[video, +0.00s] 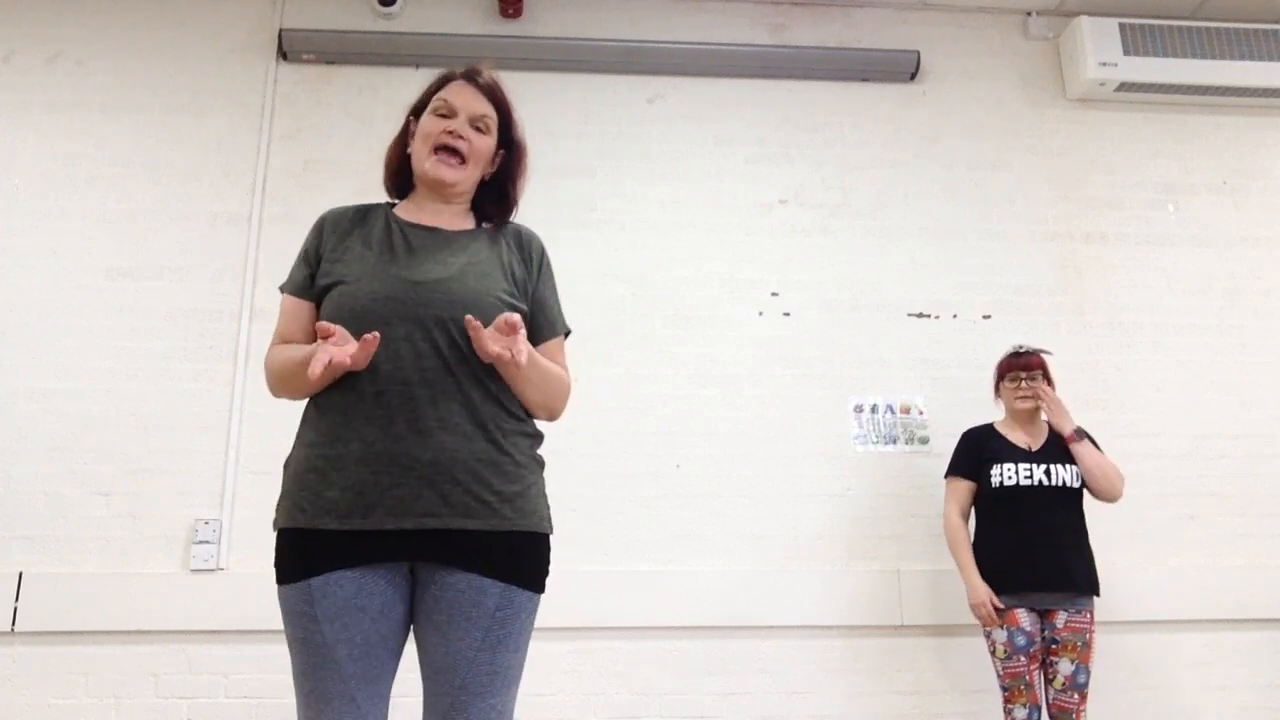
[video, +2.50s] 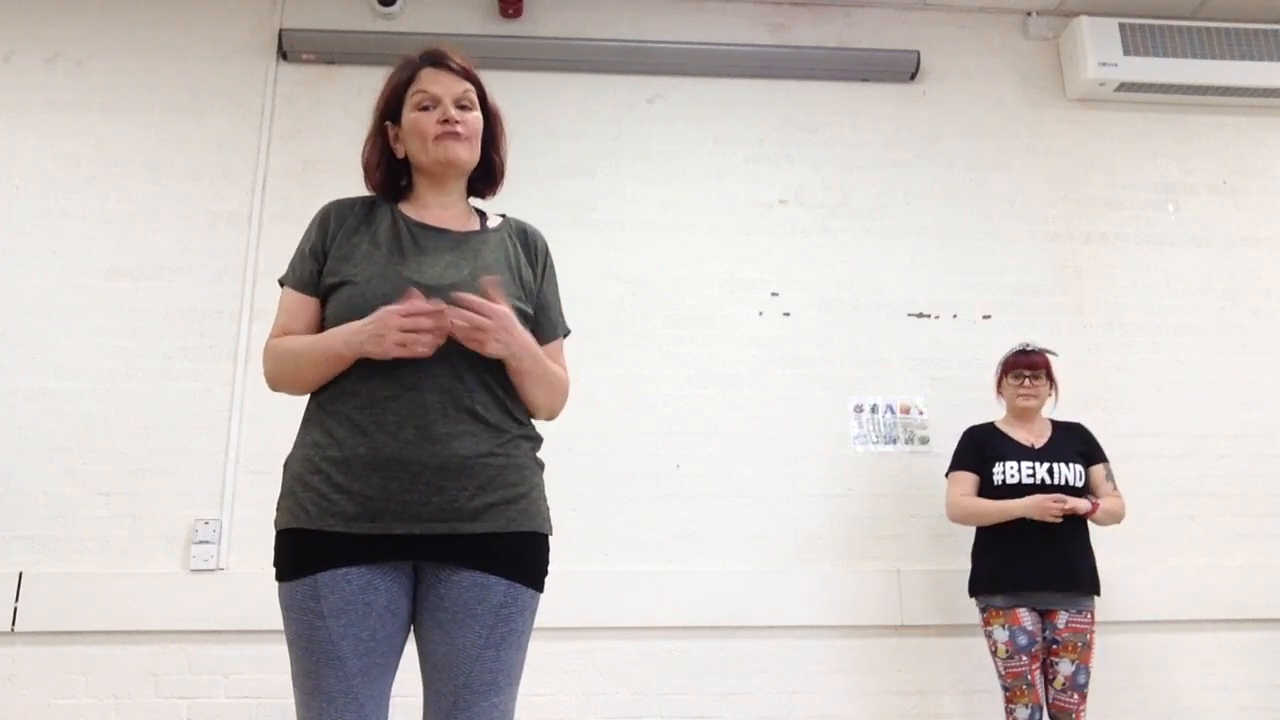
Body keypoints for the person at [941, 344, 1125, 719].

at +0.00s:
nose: (1023, 386)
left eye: (1034, 378)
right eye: (1013, 379)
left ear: (1049, 387)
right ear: (999, 389)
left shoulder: (1072, 439)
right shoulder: (978, 441)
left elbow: (1113, 489)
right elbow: (954, 517)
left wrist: (1069, 430)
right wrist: (973, 583)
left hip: (1072, 596)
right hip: (1006, 598)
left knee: (1069, 709)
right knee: (1022, 709)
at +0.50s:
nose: (1019, 384)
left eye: (1028, 376)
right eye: (1009, 378)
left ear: (1046, 387)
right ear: (997, 390)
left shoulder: (1074, 438)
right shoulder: (977, 441)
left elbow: (1113, 510)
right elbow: (953, 515)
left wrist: (1089, 456)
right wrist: (961, 583)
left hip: (1070, 596)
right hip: (1004, 598)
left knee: (1068, 709)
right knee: (1022, 709)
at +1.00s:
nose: (1018, 381)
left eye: (1027, 374)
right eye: (1008, 375)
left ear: (1045, 385)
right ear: (995, 387)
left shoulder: (1074, 436)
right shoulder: (975, 441)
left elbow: (1106, 511)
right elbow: (953, 516)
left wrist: (1116, 579)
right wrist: (969, 583)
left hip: (1075, 598)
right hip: (1007, 600)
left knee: (1070, 709)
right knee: (1024, 710)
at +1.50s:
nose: (1031, 388)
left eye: (1040, 381)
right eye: (1021, 380)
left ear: (1051, 388)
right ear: (1001, 386)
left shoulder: (1075, 437)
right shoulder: (977, 441)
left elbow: (1105, 503)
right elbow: (951, 515)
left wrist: (1112, 542)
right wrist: (978, 568)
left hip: (1076, 593)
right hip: (1009, 594)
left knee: (1074, 707)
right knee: (1029, 708)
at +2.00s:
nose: (1040, 396)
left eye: (1048, 389)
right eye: (1029, 387)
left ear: (1056, 392)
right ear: (1004, 387)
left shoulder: (1073, 436)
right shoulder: (976, 439)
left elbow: (1114, 507)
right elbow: (960, 506)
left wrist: (1089, 498)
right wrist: (1026, 491)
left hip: (1073, 592)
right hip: (1007, 594)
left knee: (1071, 706)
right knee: (1027, 707)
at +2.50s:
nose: (1027, 384)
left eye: (1037, 377)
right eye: (1017, 377)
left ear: (1050, 387)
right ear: (1001, 386)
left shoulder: (1077, 436)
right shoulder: (979, 439)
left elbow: (1116, 508)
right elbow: (957, 507)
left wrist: (1088, 506)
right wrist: (1026, 506)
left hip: (1072, 593)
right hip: (1005, 595)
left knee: (1069, 707)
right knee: (1025, 708)